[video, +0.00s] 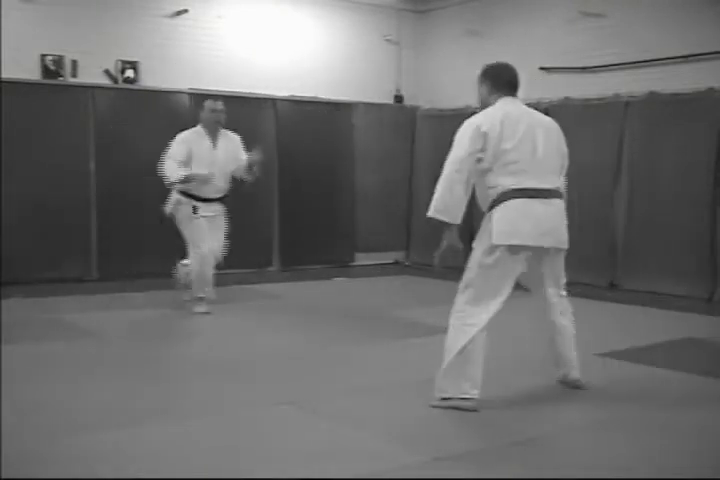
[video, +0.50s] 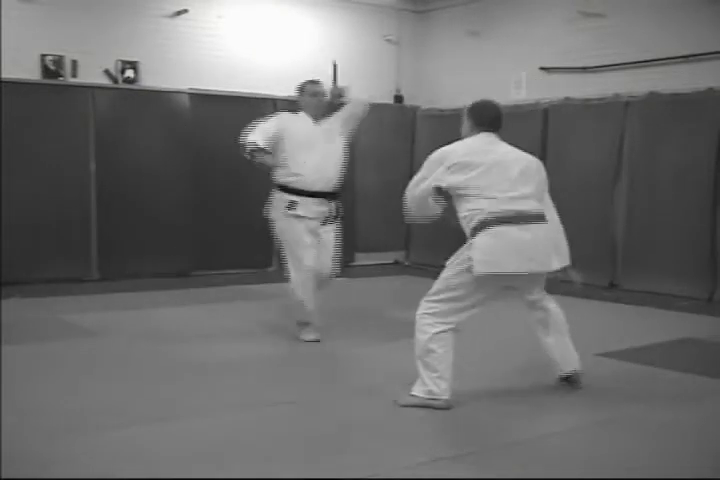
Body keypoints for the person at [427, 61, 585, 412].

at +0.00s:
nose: (477, 95)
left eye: (478, 89)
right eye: (478, 89)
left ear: (487, 88)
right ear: (516, 89)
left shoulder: (480, 123)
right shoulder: (549, 124)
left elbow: (456, 176)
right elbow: (560, 175)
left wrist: (449, 230)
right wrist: (548, 212)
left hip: (508, 218)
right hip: (552, 217)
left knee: (472, 305)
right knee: (556, 296)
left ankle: (461, 392)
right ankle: (572, 371)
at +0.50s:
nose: (461, 127)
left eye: (463, 122)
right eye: (463, 122)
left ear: (469, 125)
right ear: (499, 127)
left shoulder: (450, 155)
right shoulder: (529, 160)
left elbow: (414, 206)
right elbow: (550, 215)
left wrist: (440, 202)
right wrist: (563, 260)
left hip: (491, 248)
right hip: (539, 247)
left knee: (434, 312)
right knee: (537, 298)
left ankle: (433, 390)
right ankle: (570, 368)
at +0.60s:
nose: (470, 127)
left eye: (472, 122)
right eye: (472, 122)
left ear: (477, 125)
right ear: (506, 129)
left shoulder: (460, 152)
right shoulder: (530, 162)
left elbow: (425, 176)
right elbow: (557, 214)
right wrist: (559, 252)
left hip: (500, 248)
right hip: (545, 244)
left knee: (436, 314)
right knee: (529, 293)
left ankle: (433, 391)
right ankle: (569, 355)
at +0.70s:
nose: (499, 117)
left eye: (502, 113)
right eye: (502, 113)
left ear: (510, 117)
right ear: (533, 121)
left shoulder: (498, 137)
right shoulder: (548, 150)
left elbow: (458, 123)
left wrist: (485, 116)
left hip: (522, 241)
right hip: (563, 240)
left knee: (470, 307)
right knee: (543, 298)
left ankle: (437, 388)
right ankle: (566, 359)